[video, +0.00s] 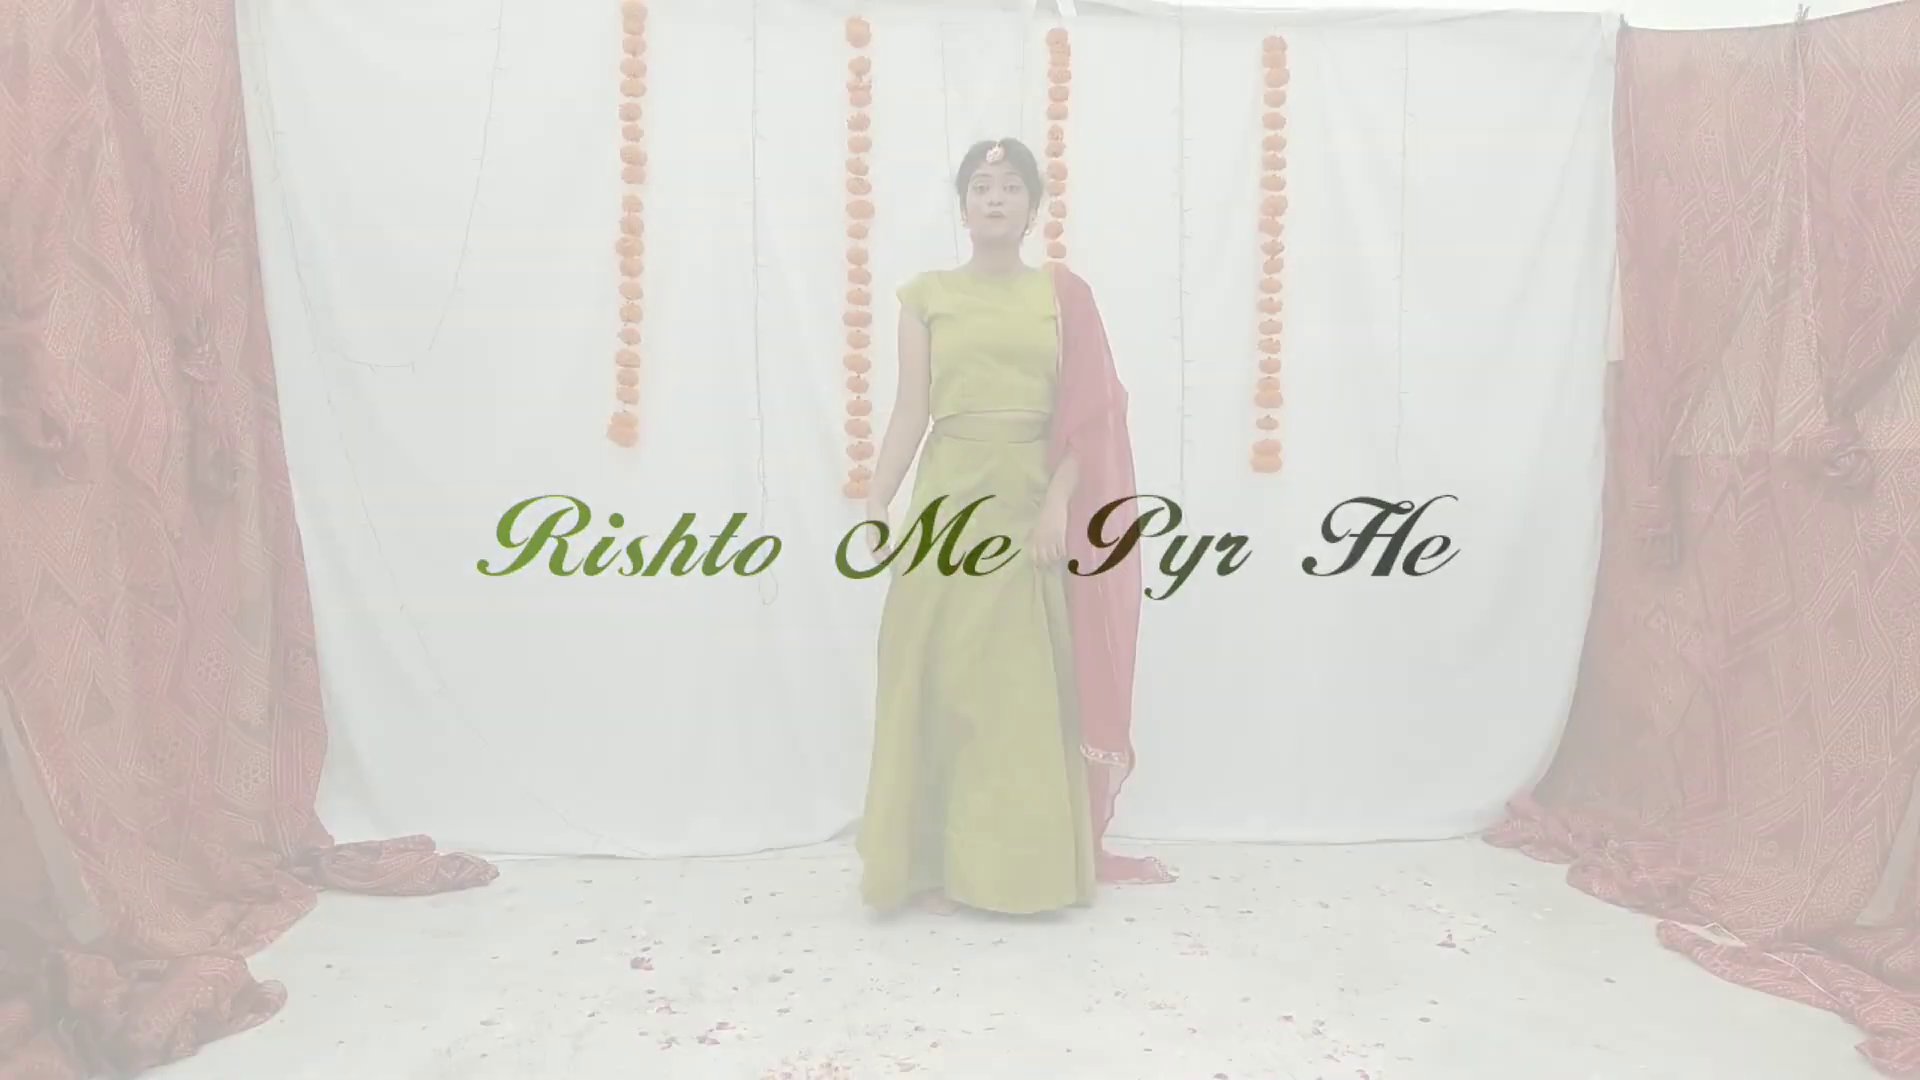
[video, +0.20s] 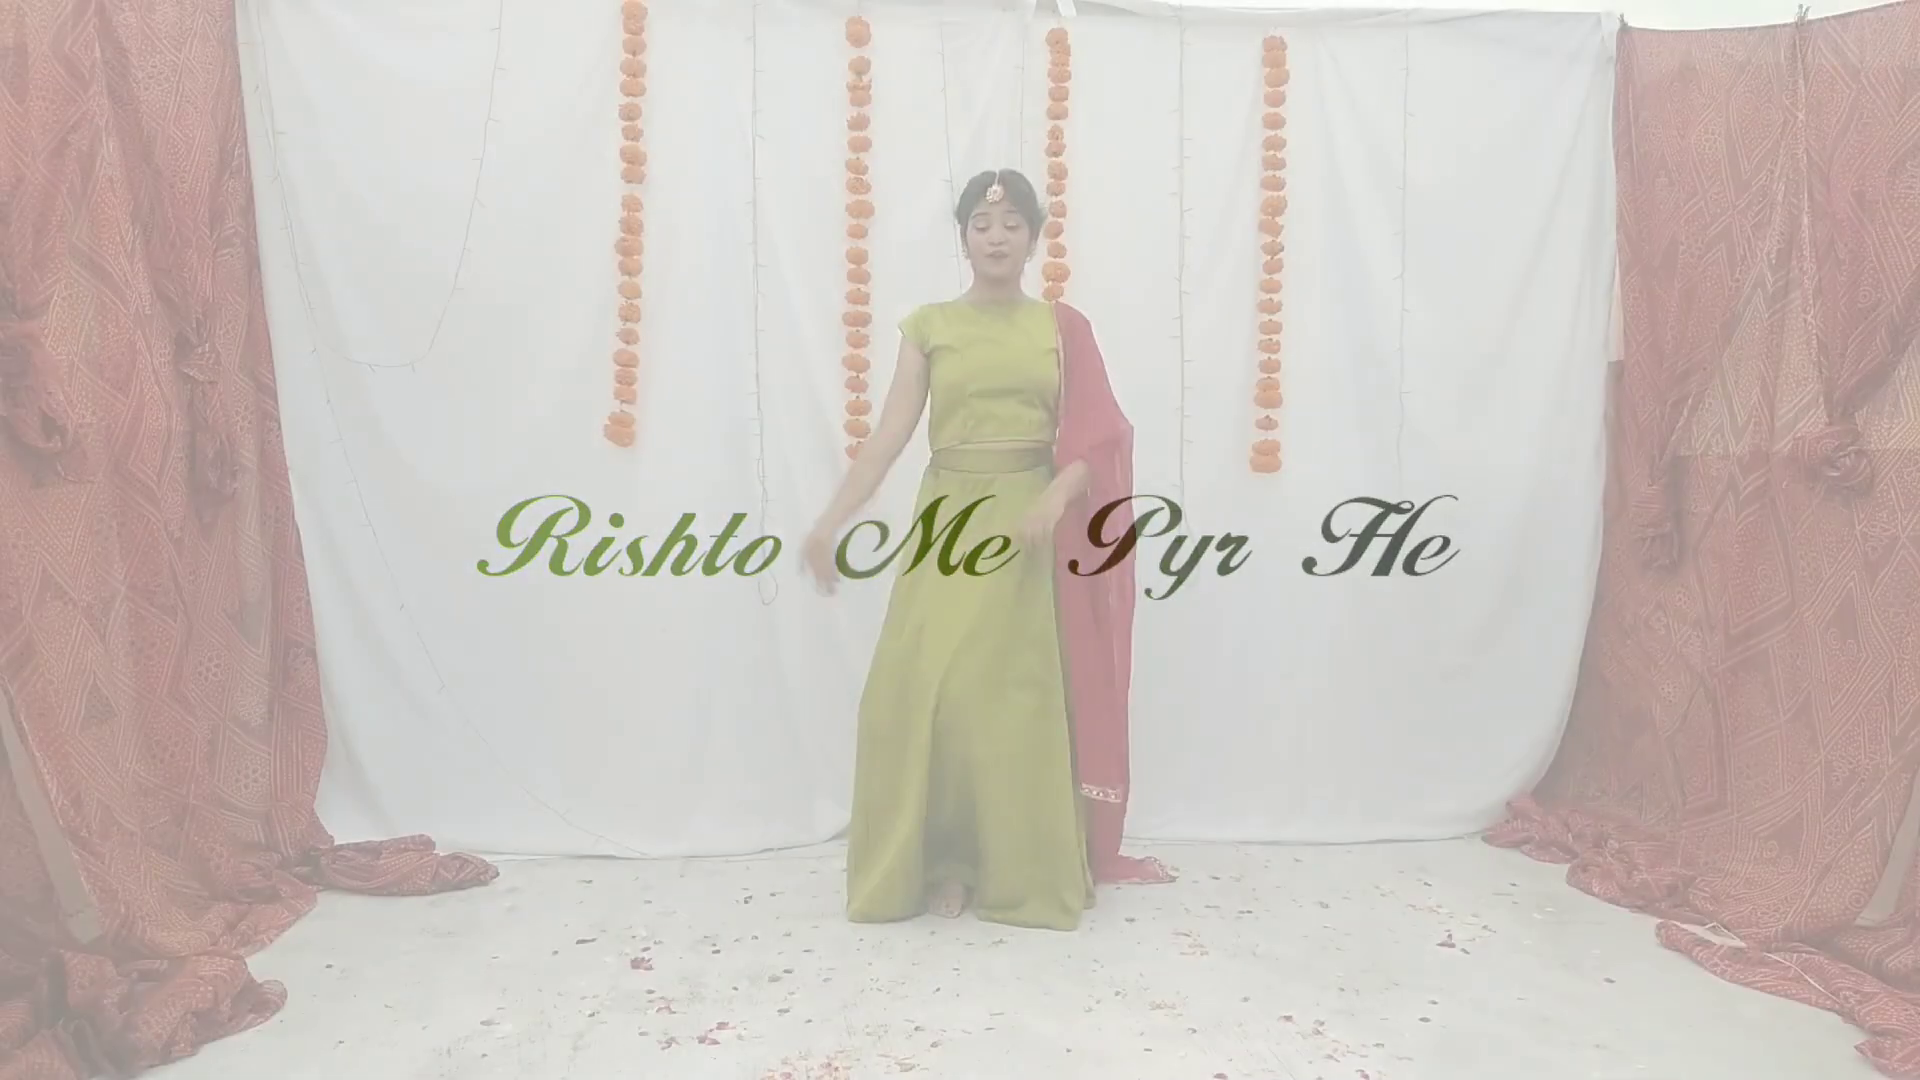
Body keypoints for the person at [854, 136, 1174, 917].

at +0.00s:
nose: (994, 198)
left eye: (1009, 188)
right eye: (981, 188)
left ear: (1034, 204)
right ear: (961, 203)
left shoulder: (1064, 296)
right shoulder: (927, 297)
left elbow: (1086, 416)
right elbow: (911, 409)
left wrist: (1058, 503)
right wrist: (878, 500)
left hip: (1027, 505)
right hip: (943, 501)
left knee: (1020, 680)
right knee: (940, 681)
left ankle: (1016, 865)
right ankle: (938, 862)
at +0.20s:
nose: (996, 236)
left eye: (1012, 224)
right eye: (983, 223)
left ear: (1034, 237)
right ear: (963, 235)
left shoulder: (1060, 328)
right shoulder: (931, 325)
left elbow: (1102, 431)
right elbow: (888, 434)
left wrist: (1059, 494)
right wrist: (830, 523)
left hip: (1021, 519)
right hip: (944, 518)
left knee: (1003, 686)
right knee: (920, 680)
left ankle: (1009, 865)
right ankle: (939, 864)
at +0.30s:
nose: (999, 226)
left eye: (1014, 213)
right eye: (986, 213)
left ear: (1036, 226)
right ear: (965, 225)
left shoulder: (1059, 317)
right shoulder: (931, 309)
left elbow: (1104, 416)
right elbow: (846, 385)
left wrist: (1025, 440)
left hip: (1025, 507)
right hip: (948, 505)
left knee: (1011, 680)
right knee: (932, 674)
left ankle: (1019, 867)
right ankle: (918, 864)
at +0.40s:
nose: (997, 197)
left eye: (1012, 186)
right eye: (983, 185)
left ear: (1034, 201)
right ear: (963, 200)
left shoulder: (1058, 290)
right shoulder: (931, 283)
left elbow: (1105, 367)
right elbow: (814, 311)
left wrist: (1007, 380)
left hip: (1034, 486)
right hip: (950, 486)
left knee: (1028, 667)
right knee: (944, 663)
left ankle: (1030, 861)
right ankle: (933, 863)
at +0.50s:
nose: (993, 189)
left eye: (1007, 177)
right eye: (979, 176)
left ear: (1029, 194)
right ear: (958, 192)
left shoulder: (1052, 278)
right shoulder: (928, 272)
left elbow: (1089, 341)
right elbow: (810, 248)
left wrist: (981, 348)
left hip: (1025, 475)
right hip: (941, 473)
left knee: (1019, 660)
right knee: (937, 658)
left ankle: (1021, 858)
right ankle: (929, 861)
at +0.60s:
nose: (989, 193)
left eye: (1004, 182)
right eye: (975, 183)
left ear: (1028, 199)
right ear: (954, 202)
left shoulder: (1050, 280)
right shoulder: (930, 278)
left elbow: (1068, 337)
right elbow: (838, 239)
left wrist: (955, 342)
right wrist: (920, 208)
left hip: (1023, 480)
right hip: (938, 476)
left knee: (1017, 662)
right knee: (936, 662)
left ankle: (1024, 859)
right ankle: (930, 860)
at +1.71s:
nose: (958, 181)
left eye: (973, 172)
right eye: (945, 172)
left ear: (997, 194)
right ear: (928, 194)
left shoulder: (1026, 273)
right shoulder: (902, 265)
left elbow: (1108, 225)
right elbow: (829, 175)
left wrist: (1008, 192)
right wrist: (929, 139)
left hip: (1006, 460)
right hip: (921, 456)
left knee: (998, 648)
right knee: (914, 652)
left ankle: (984, 846)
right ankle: (902, 863)